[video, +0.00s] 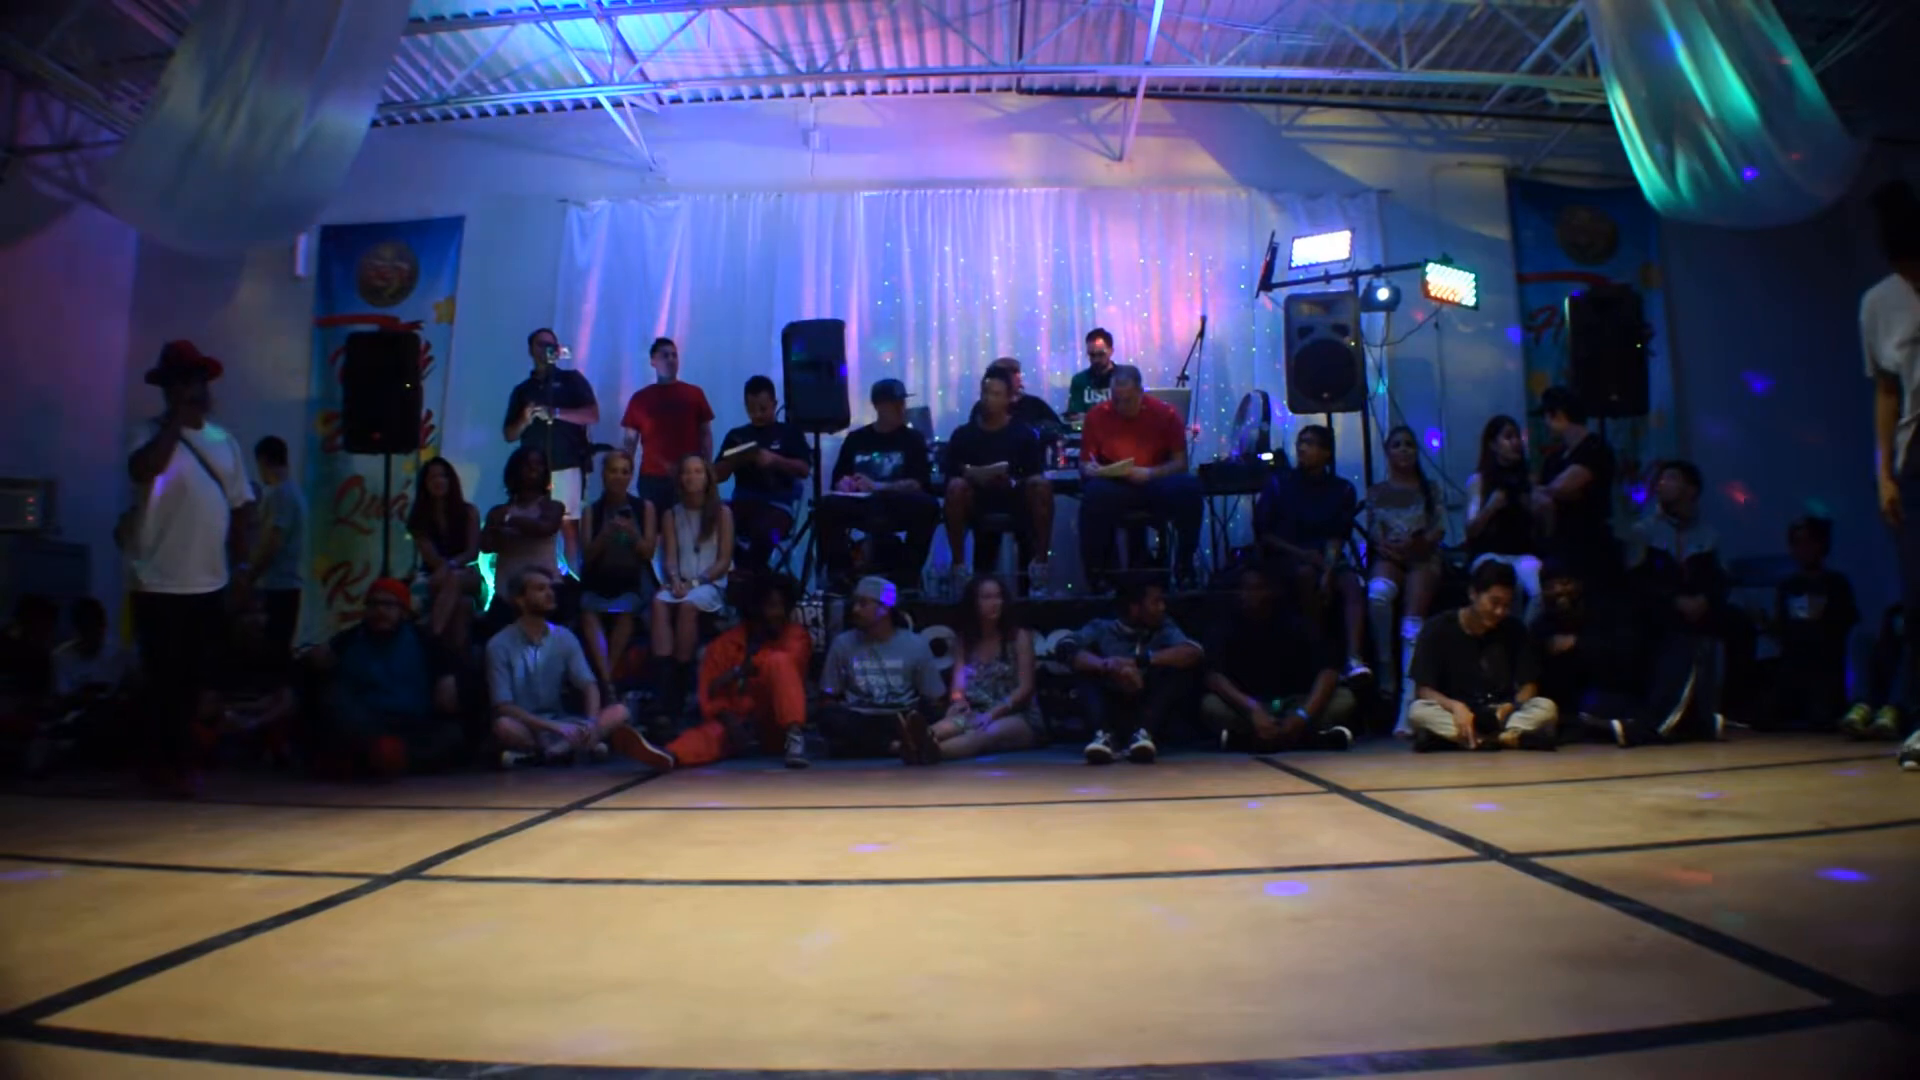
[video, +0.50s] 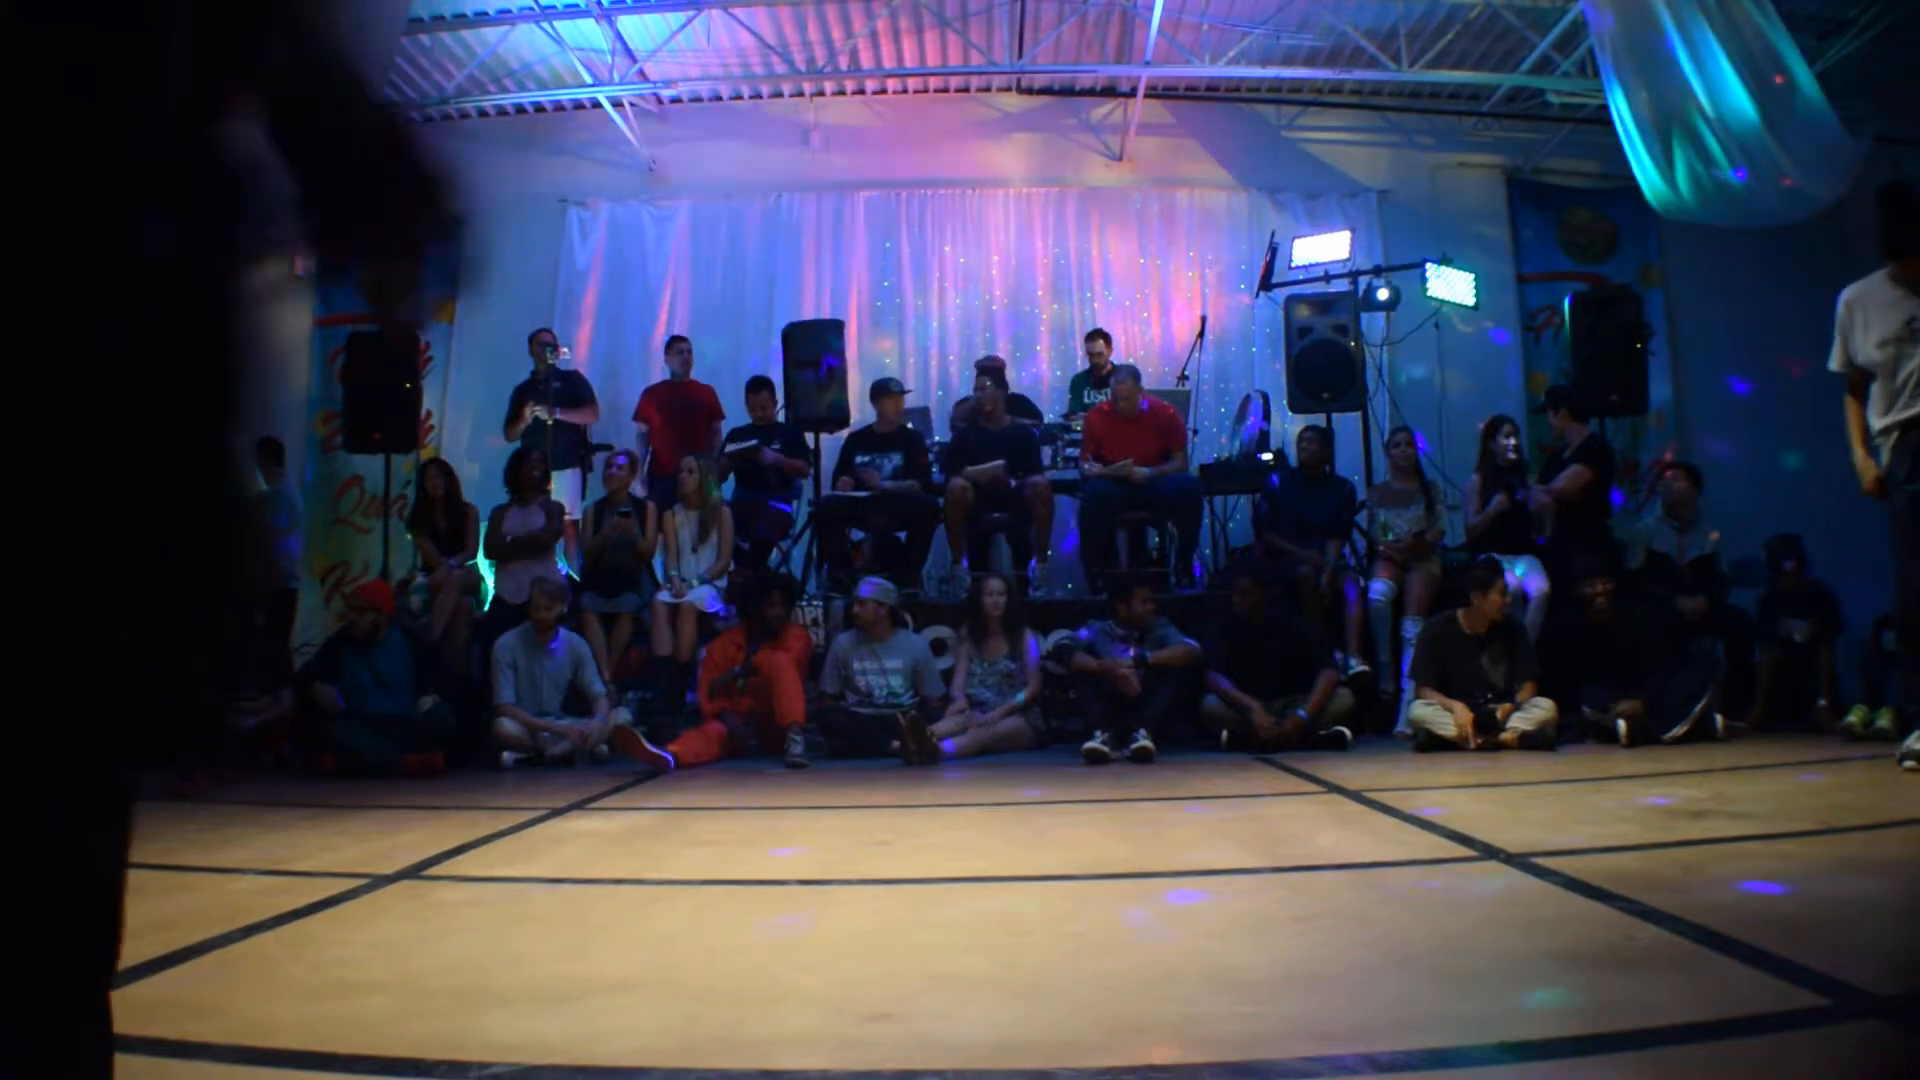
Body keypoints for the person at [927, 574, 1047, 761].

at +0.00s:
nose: (993, 603)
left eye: (997, 597)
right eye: (986, 597)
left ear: (1004, 601)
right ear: (974, 602)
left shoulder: (1019, 637)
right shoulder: (966, 640)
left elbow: (1026, 687)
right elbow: (957, 688)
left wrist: (990, 715)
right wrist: (960, 701)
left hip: (1010, 708)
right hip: (974, 708)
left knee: (991, 734)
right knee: (947, 726)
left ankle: (934, 752)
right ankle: (917, 741)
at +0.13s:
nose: (998, 602)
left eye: (1001, 596)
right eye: (990, 596)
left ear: (1007, 600)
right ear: (976, 601)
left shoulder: (1019, 636)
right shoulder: (967, 636)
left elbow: (1026, 687)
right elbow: (957, 685)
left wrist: (992, 715)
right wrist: (959, 700)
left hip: (1010, 707)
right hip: (974, 708)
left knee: (982, 736)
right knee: (946, 726)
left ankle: (935, 751)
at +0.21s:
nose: (999, 601)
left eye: (1003, 595)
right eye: (992, 595)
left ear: (1008, 599)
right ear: (978, 600)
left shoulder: (1021, 636)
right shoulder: (967, 637)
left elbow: (1026, 686)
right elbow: (957, 685)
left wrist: (992, 714)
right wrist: (960, 702)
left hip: (1010, 708)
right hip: (975, 708)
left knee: (981, 736)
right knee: (950, 725)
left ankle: (935, 751)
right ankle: (920, 739)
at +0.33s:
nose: (997, 600)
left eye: (1002, 594)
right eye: (991, 594)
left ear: (1009, 598)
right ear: (980, 599)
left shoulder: (1022, 636)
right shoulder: (969, 634)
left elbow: (1026, 687)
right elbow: (958, 682)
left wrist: (993, 713)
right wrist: (960, 701)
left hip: (1010, 708)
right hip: (976, 708)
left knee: (982, 736)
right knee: (958, 721)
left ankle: (935, 751)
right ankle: (919, 737)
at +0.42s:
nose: (996, 600)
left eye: (1001, 595)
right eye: (990, 595)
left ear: (1008, 599)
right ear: (979, 599)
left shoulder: (1023, 637)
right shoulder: (969, 635)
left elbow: (1028, 688)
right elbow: (958, 683)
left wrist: (991, 715)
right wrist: (960, 701)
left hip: (1013, 710)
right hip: (976, 709)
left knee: (980, 735)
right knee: (958, 721)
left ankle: (935, 752)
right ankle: (922, 736)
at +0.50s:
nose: (996, 600)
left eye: (1001, 595)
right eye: (989, 595)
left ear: (1008, 599)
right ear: (979, 599)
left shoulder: (1024, 636)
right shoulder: (969, 636)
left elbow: (1034, 687)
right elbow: (957, 686)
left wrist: (996, 714)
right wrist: (962, 703)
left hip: (1013, 710)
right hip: (977, 710)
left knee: (981, 736)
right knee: (958, 721)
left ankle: (935, 752)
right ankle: (922, 736)